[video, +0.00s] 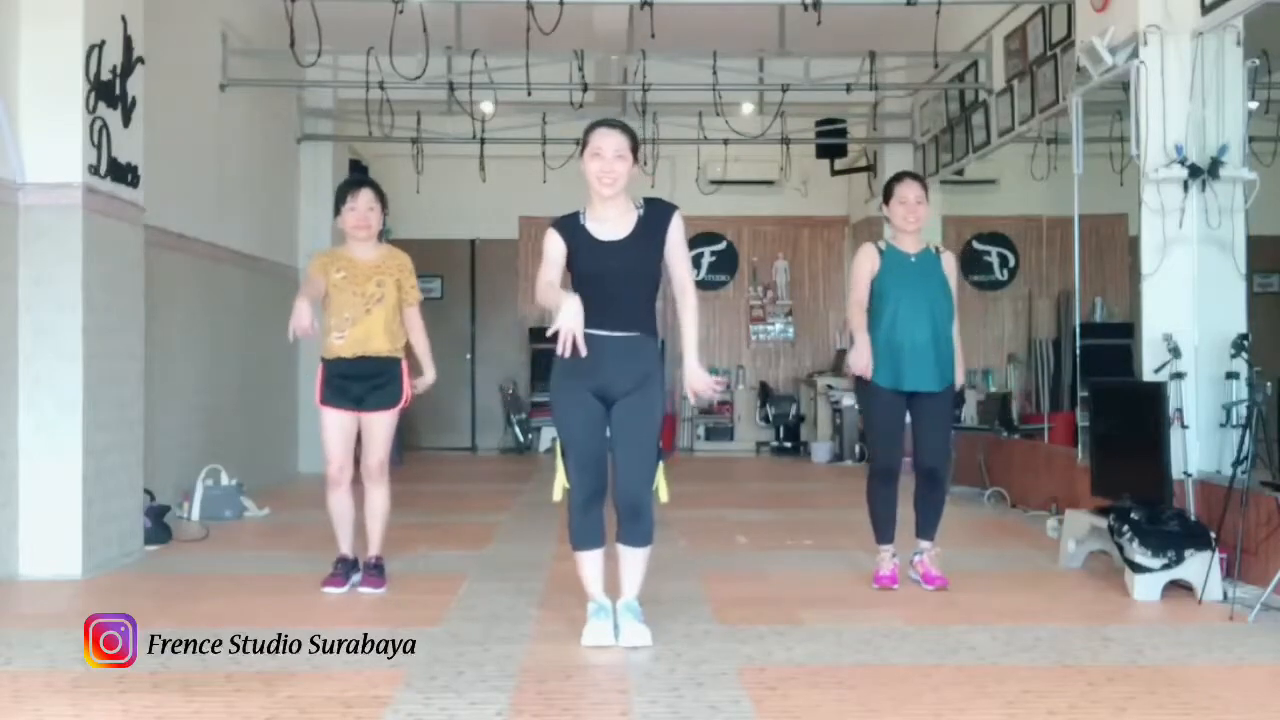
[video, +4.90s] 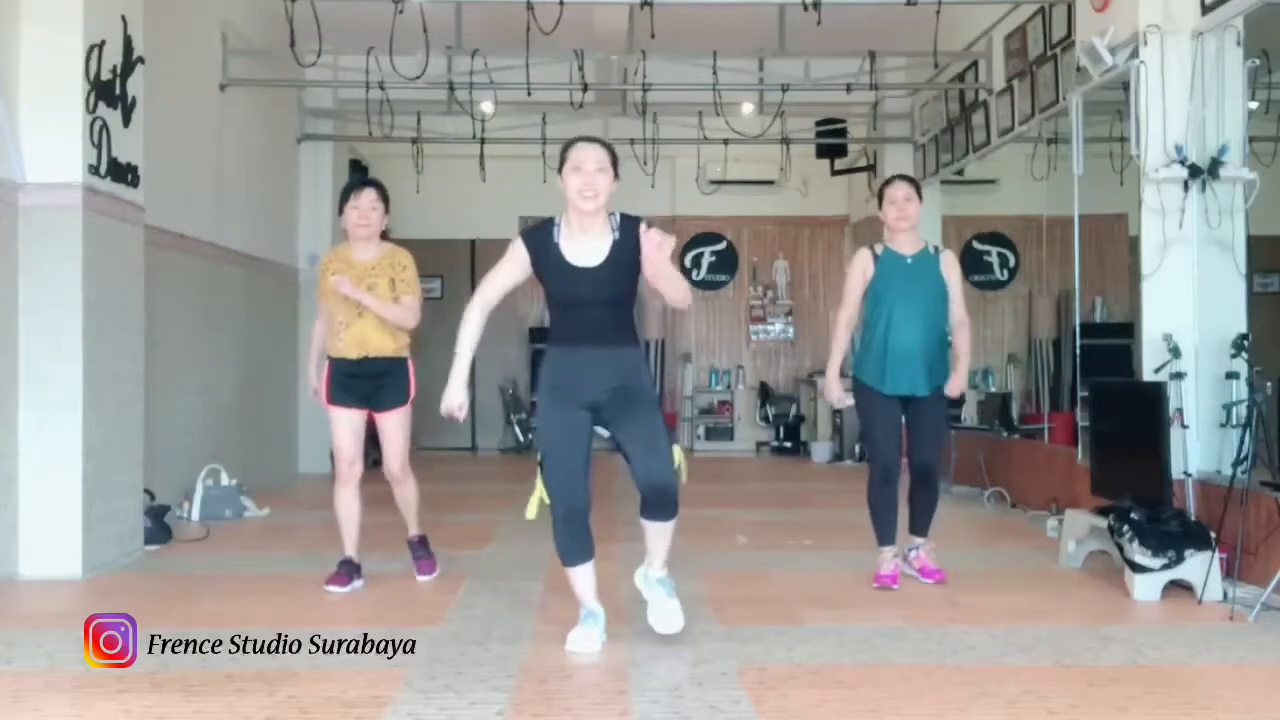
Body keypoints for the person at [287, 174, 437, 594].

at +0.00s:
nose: (361, 216)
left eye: (370, 209)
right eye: (352, 209)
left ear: (382, 217)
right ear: (339, 218)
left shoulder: (398, 262)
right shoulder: (326, 262)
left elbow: (412, 316)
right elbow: (310, 291)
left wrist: (427, 365)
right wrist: (303, 306)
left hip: (386, 370)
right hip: (338, 370)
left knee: (375, 468)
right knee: (337, 470)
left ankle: (373, 559)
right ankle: (345, 558)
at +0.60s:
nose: (361, 215)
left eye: (370, 208)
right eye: (352, 208)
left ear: (382, 216)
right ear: (338, 217)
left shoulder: (396, 263)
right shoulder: (323, 263)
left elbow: (406, 323)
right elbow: (301, 313)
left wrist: (410, 371)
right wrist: (293, 353)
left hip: (380, 369)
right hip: (332, 370)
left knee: (372, 468)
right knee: (334, 470)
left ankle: (374, 560)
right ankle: (344, 560)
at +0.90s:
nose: (357, 217)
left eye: (365, 209)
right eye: (348, 209)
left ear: (377, 217)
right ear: (333, 217)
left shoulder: (388, 261)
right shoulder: (318, 265)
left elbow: (387, 310)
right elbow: (302, 329)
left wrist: (368, 328)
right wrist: (287, 386)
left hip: (368, 370)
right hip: (322, 369)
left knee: (361, 470)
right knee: (335, 472)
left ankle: (371, 558)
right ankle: (345, 560)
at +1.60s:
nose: (356, 221)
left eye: (365, 213)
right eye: (347, 214)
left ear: (376, 219)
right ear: (332, 221)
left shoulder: (392, 264)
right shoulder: (321, 267)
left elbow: (403, 326)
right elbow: (304, 328)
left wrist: (400, 380)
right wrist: (290, 383)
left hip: (374, 370)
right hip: (325, 370)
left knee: (363, 468)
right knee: (337, 468)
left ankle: (374, 557)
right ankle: (345, 560)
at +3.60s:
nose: (355, 221)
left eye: (364, 214)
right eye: (347, 213)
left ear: (376, 221)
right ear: (332, 222)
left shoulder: (390, 265)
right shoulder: (319, 269)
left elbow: (411, 321)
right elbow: (303, 319)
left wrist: (427, 377)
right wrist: (299, 352)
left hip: (376, 371)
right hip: (328, 371)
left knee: (372, 462)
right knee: (337, 468)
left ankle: (384, 543)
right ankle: (348, 559)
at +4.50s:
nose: (361, 220)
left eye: (370, 212)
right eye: (352, 212)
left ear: (382, 219)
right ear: (340, 220)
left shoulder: (399, 262)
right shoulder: (326, 269)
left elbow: (414, 319)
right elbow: (312, 332)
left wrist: (393, 332)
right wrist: (301, 388)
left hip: (387, 372)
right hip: (339, 372)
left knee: (391, 465)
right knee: (345, 469)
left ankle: (409, 532)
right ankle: (350, 561)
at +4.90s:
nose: (363, 215)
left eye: (372, 208)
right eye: (355, 207)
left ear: (385, 218)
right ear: (342, 216)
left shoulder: (399, 259)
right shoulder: (331, 263)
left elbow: (411, 317)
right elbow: (324, 319)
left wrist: (358, 295)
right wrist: (315, 366)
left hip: (391, 367)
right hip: (342, 367)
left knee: (396, 467)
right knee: (347, 468)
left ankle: (417, 540)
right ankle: (350, 559)